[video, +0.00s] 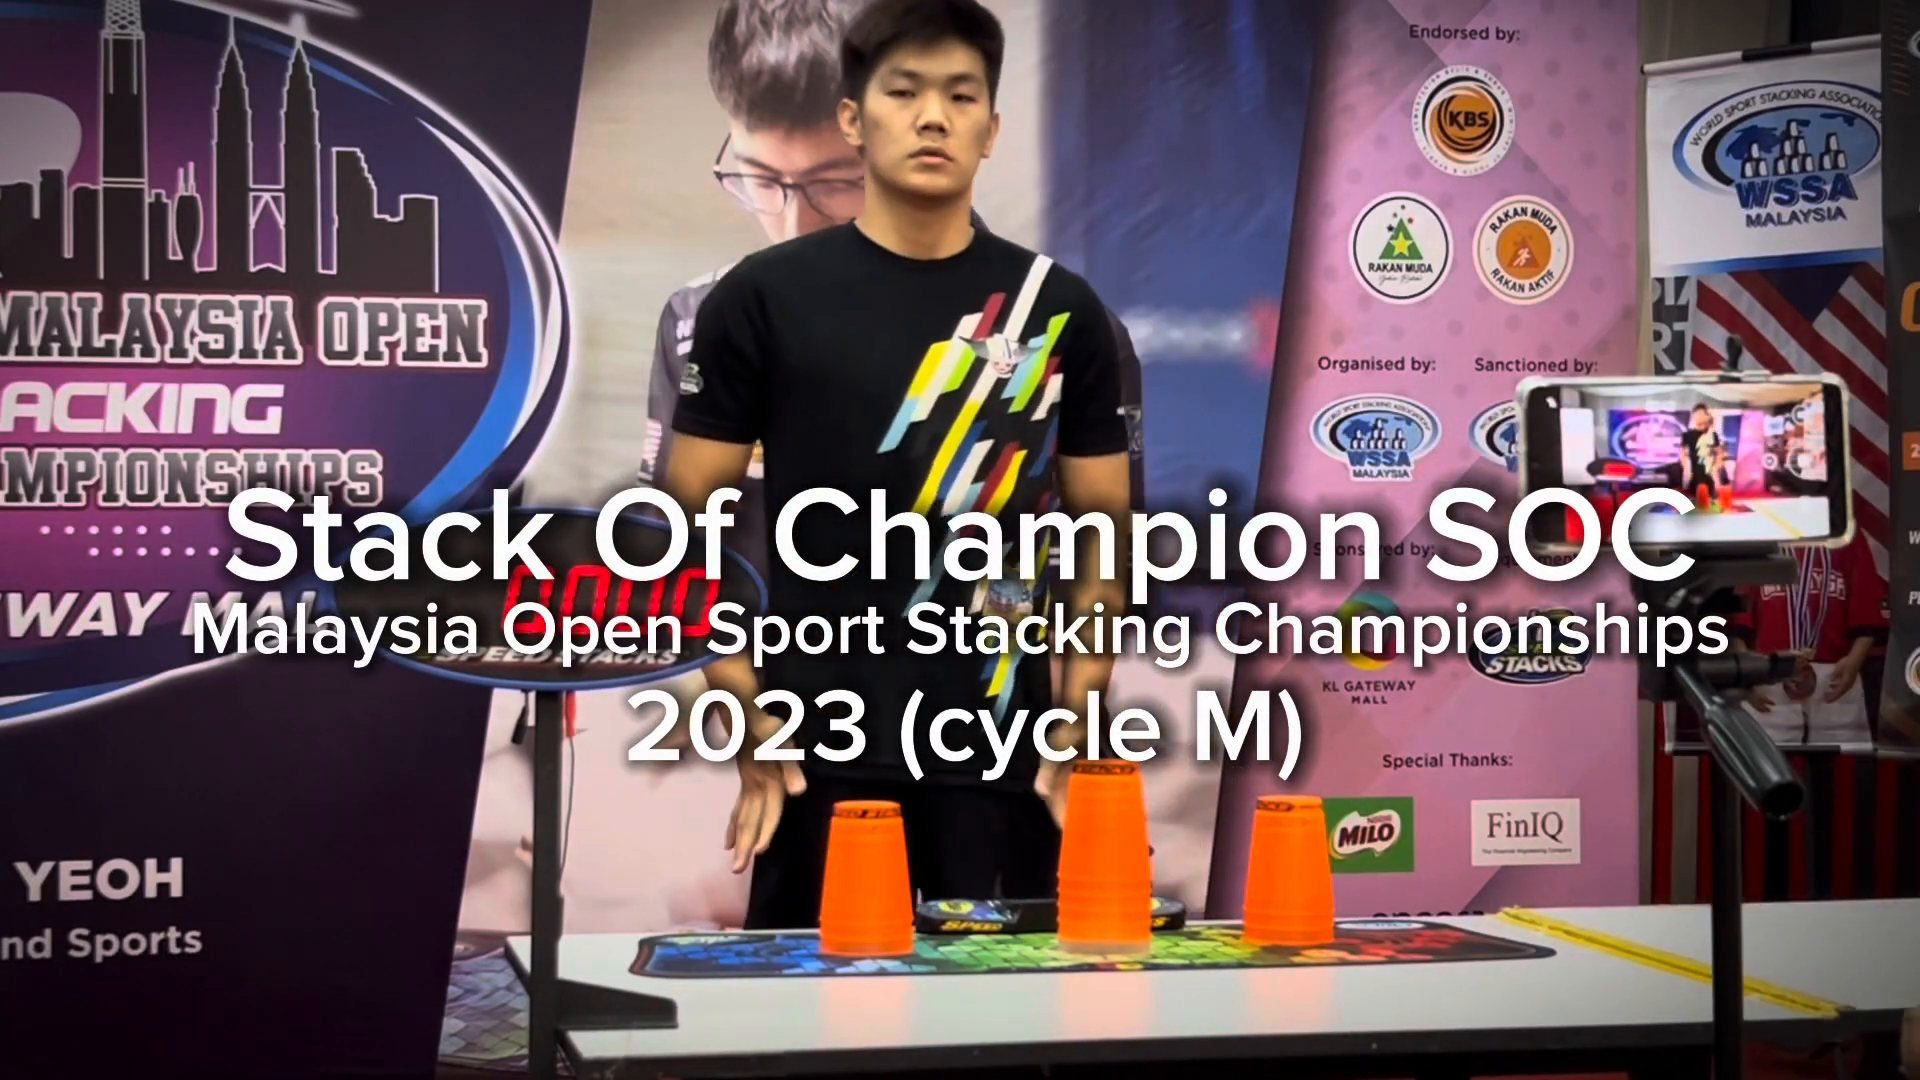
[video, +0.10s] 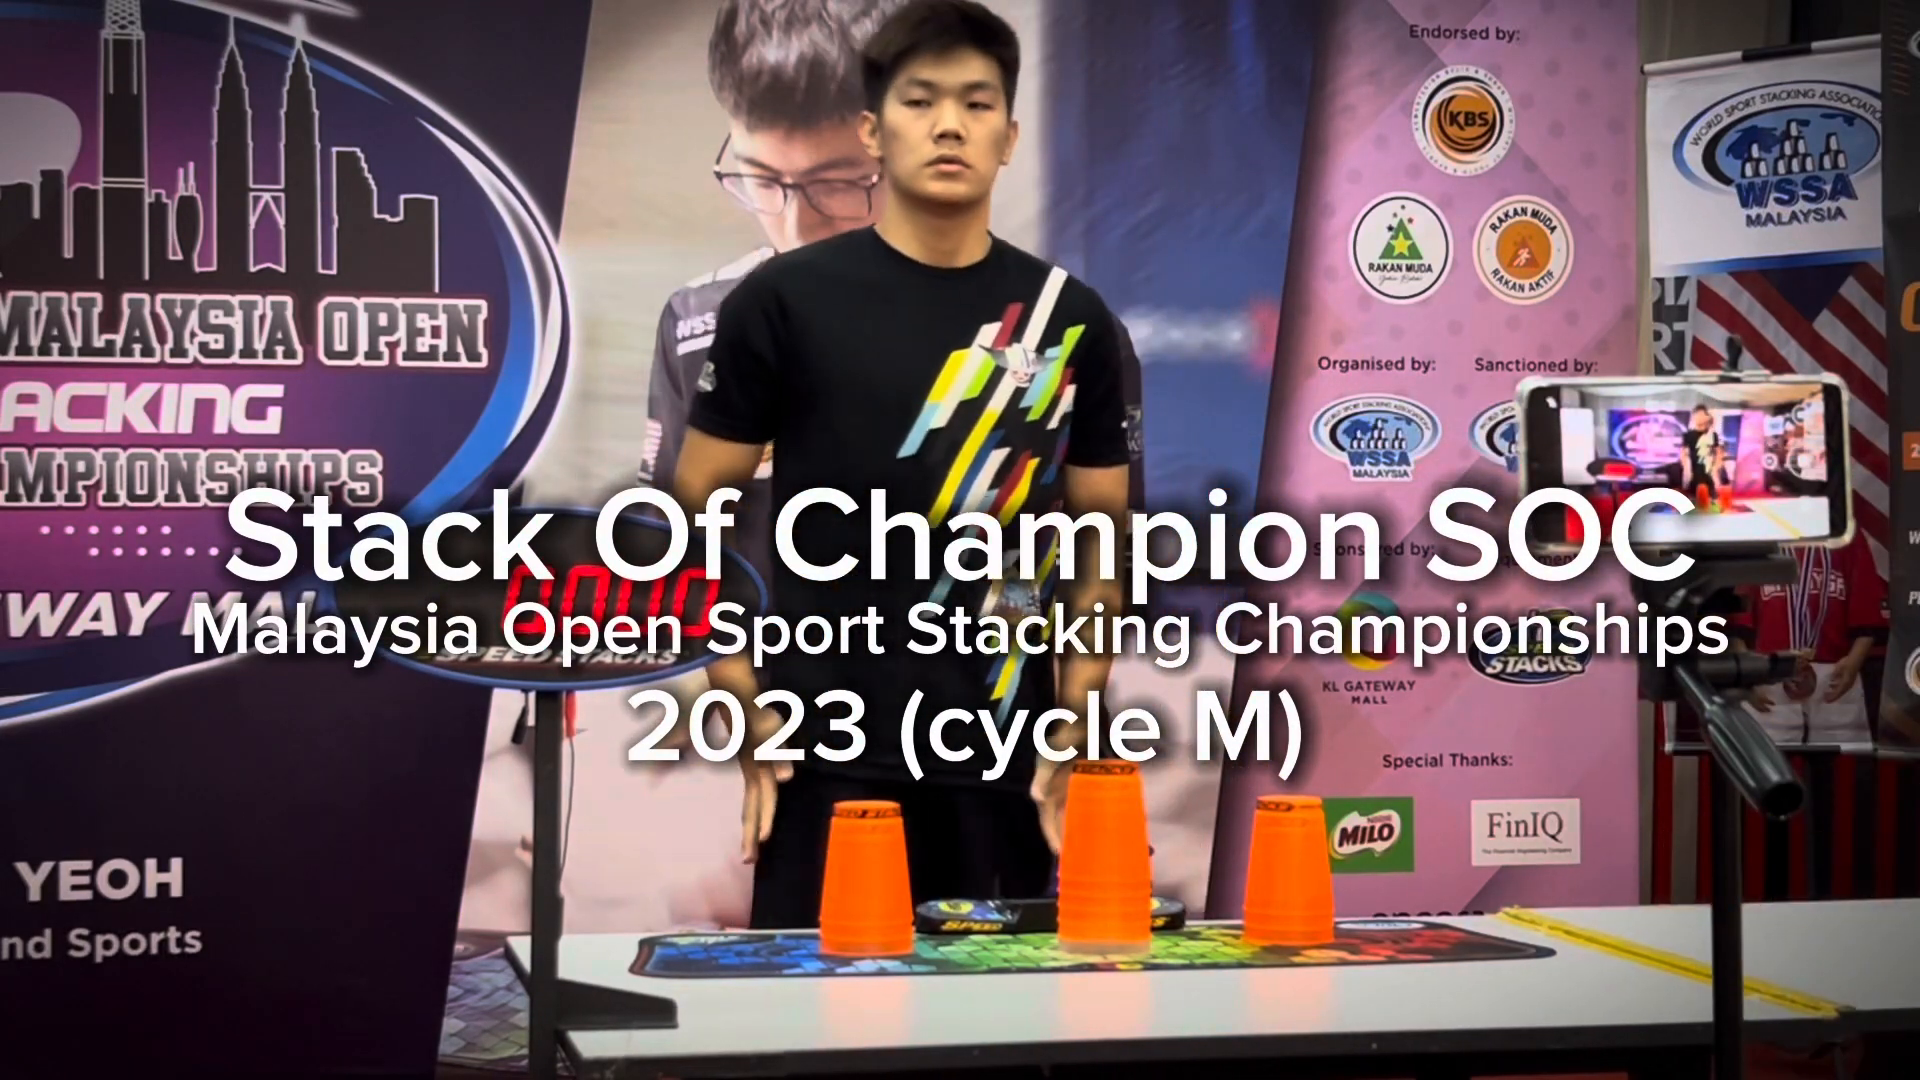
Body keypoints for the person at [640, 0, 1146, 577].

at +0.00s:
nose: (934, 117)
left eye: (962, 95)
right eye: (903, 91)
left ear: (991, 130)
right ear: (853, 121)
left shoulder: (1062, 312)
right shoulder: (761, 298)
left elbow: (1101, 530)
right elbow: (683, 518)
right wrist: (733, 674)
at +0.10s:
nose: (950, 125)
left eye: (976, 103)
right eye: (920, 101)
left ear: (1010, 137)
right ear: (872, 134)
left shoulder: (1074, 323)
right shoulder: (784, 301)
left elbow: (1101, 542)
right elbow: (695, 504)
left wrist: (1078, 725)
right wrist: (734, 677)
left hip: (996, 745)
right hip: (826, 739)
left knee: (994, 1040)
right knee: (813, 1037)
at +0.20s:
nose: (975, 129)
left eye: (1002, 108)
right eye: (945, 106)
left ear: (1033, 145)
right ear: (900, 142)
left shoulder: (1088, 326)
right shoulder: (809, 302)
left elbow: (1109, 529)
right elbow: (696, 493)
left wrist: (1086, 668)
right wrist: (736, 673)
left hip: (1010, 737)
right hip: (844, 731)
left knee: (1002, 1031)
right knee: (826, 1028)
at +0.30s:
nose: (998, 141)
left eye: (1026, 122)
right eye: (972, 118)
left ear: (1060, 161)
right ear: (926, 152)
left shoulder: (1097, 333)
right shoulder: (829, 304)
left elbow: (1113, 509)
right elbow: (700, 466)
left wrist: (1080, 655)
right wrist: (737, 646)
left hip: (1012, 717)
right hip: (851, 712)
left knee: (1006, 1010)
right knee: (827, 1003)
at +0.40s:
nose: (1009, 148)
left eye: (1039, 130)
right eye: (985, 123)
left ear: (1071, 167)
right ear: (937, 148)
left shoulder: (1100, 333)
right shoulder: (828, 301)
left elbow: (1109, 480)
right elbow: (707, 422)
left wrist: (1069, 613)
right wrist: (762, 590)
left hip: (1016, 698)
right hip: (853, 689)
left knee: (1010, 989)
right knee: (838, 984)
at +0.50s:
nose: (1004, 150)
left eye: (1033, 132)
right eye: (982, 124)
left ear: (1067, 167)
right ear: (936, 148)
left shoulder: (1101, 326)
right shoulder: (831, 296)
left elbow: (1104, 457)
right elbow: (710, 406)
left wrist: (1046, 575)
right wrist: (769, 575)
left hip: (1010, 682)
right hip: (850, 672)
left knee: (1004, 971)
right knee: (844, 967)